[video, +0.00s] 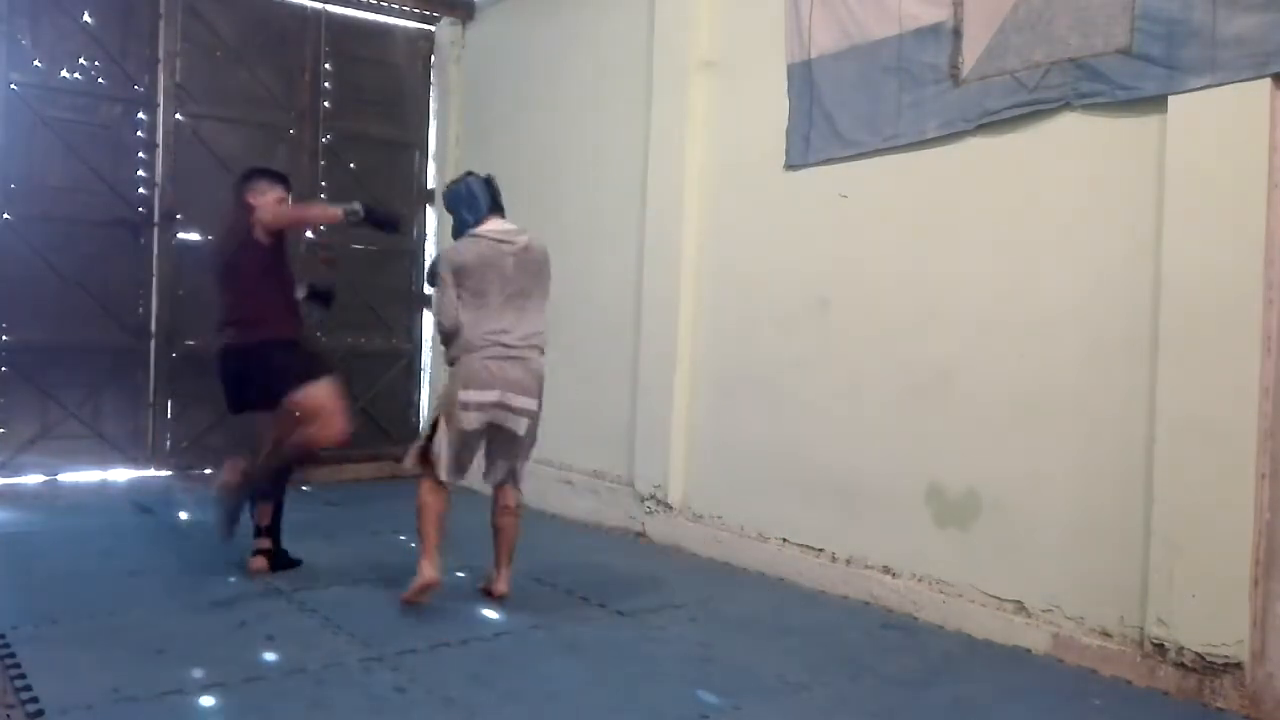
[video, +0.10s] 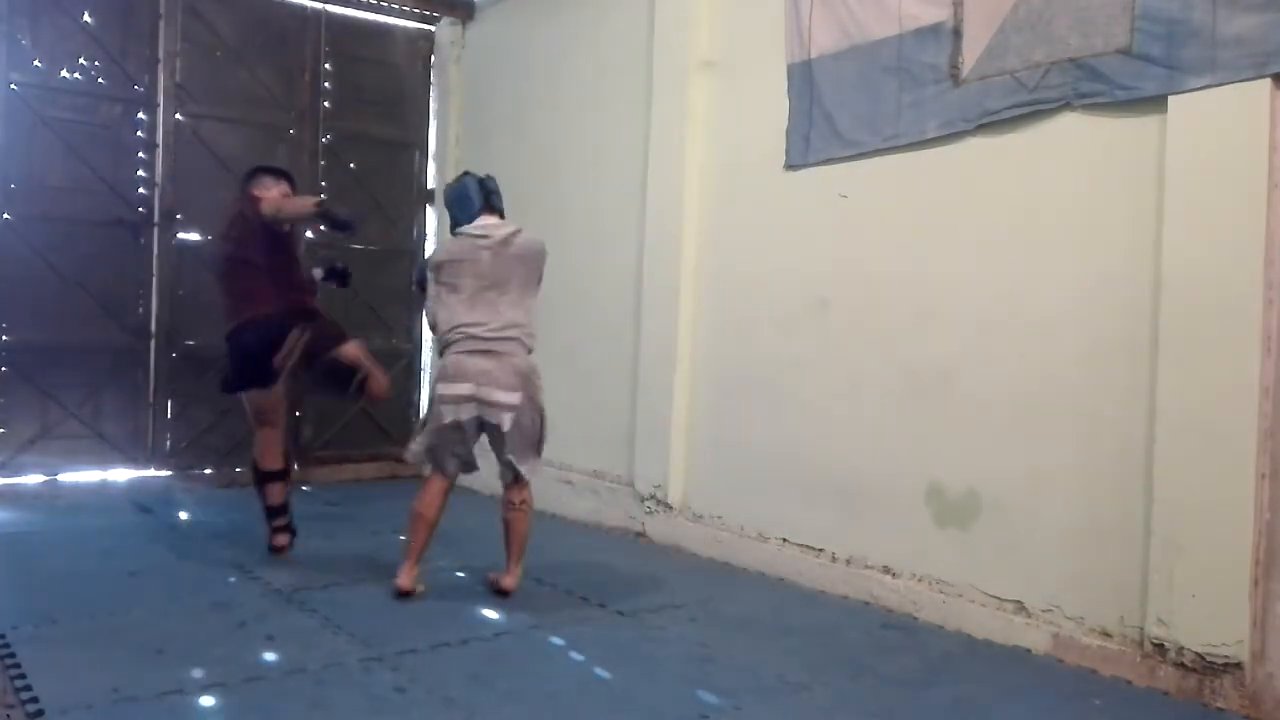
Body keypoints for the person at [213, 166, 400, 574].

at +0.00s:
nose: (287, 207)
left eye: (287, 200)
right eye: (279, 198)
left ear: (254, 202)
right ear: (252, 197)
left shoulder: (239, 237)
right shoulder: (257, 221)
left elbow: (258, 291)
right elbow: (300, 215)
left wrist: (303, 293)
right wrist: (357, 211)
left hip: (248, 352)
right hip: (272, 349)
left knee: (274, 447)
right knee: (332, 425)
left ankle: (266, 547)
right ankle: (248, 479)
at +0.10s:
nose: (287, 200)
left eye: (289, 195)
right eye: (282, 193)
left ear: (250, 196)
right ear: (258, 190)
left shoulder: (236, 233)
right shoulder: (255, 209)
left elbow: (277, 280)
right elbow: (282, 209)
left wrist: (322, 274)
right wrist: (323, 209)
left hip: (248, 333)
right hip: (293, 319)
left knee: (267, 424)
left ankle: (279, 527)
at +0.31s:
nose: (283, 211)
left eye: (284, 205)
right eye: (281, 204)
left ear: (248, 206)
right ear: (273, 205)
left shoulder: (232, 249)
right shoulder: (283, 238)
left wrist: (327, 277)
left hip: (264, 341)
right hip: (308, 322)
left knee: (268, 435)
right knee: (392, 351)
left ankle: (283, 528)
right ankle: (402, 275)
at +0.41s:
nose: (284, 211)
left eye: (284, 205)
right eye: (281, 204)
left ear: (248, 206)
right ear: (273, 205)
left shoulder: (232, 249)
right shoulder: (283, 238)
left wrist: (326, 277)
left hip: (264, 341)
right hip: (308, 322)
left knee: (268, 435)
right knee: (392, 351)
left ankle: (283, 528)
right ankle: (402, 275)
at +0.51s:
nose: (268, 249)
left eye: (263, 247)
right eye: (265, 246)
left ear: (233, 262)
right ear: (263, 248)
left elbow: (238, 356)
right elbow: (316, 260)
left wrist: (255, 380)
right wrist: (357, 285)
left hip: (272, 353)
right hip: (320, 334)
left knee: (284, 445)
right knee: (369, 393)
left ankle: (297, 542)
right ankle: (346, 407)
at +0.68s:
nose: (291, 232)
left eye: (289, 228)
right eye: (288, 228)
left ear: (254, 238)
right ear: (282, 230)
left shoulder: (239, 278)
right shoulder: (293, 240)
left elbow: (238, 336)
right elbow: (323, 261)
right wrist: (362, 291)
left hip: (270, 348)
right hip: (319, 337)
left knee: (284, 439)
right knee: (346, 418)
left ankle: (294, 538)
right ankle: (351, 509)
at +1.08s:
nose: (323, 221)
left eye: (323, 214)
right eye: (318, 214)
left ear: (292, 215)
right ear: (298, 214)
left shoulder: (273, 244)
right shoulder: (304, 246)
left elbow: (243, 292)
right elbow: (295, 296)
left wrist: (275, 316)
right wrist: (326, 315)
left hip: (265, 350)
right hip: (299, 352)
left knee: (276, 420)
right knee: (309, 429)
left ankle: (252, 494)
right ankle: (310, 518)